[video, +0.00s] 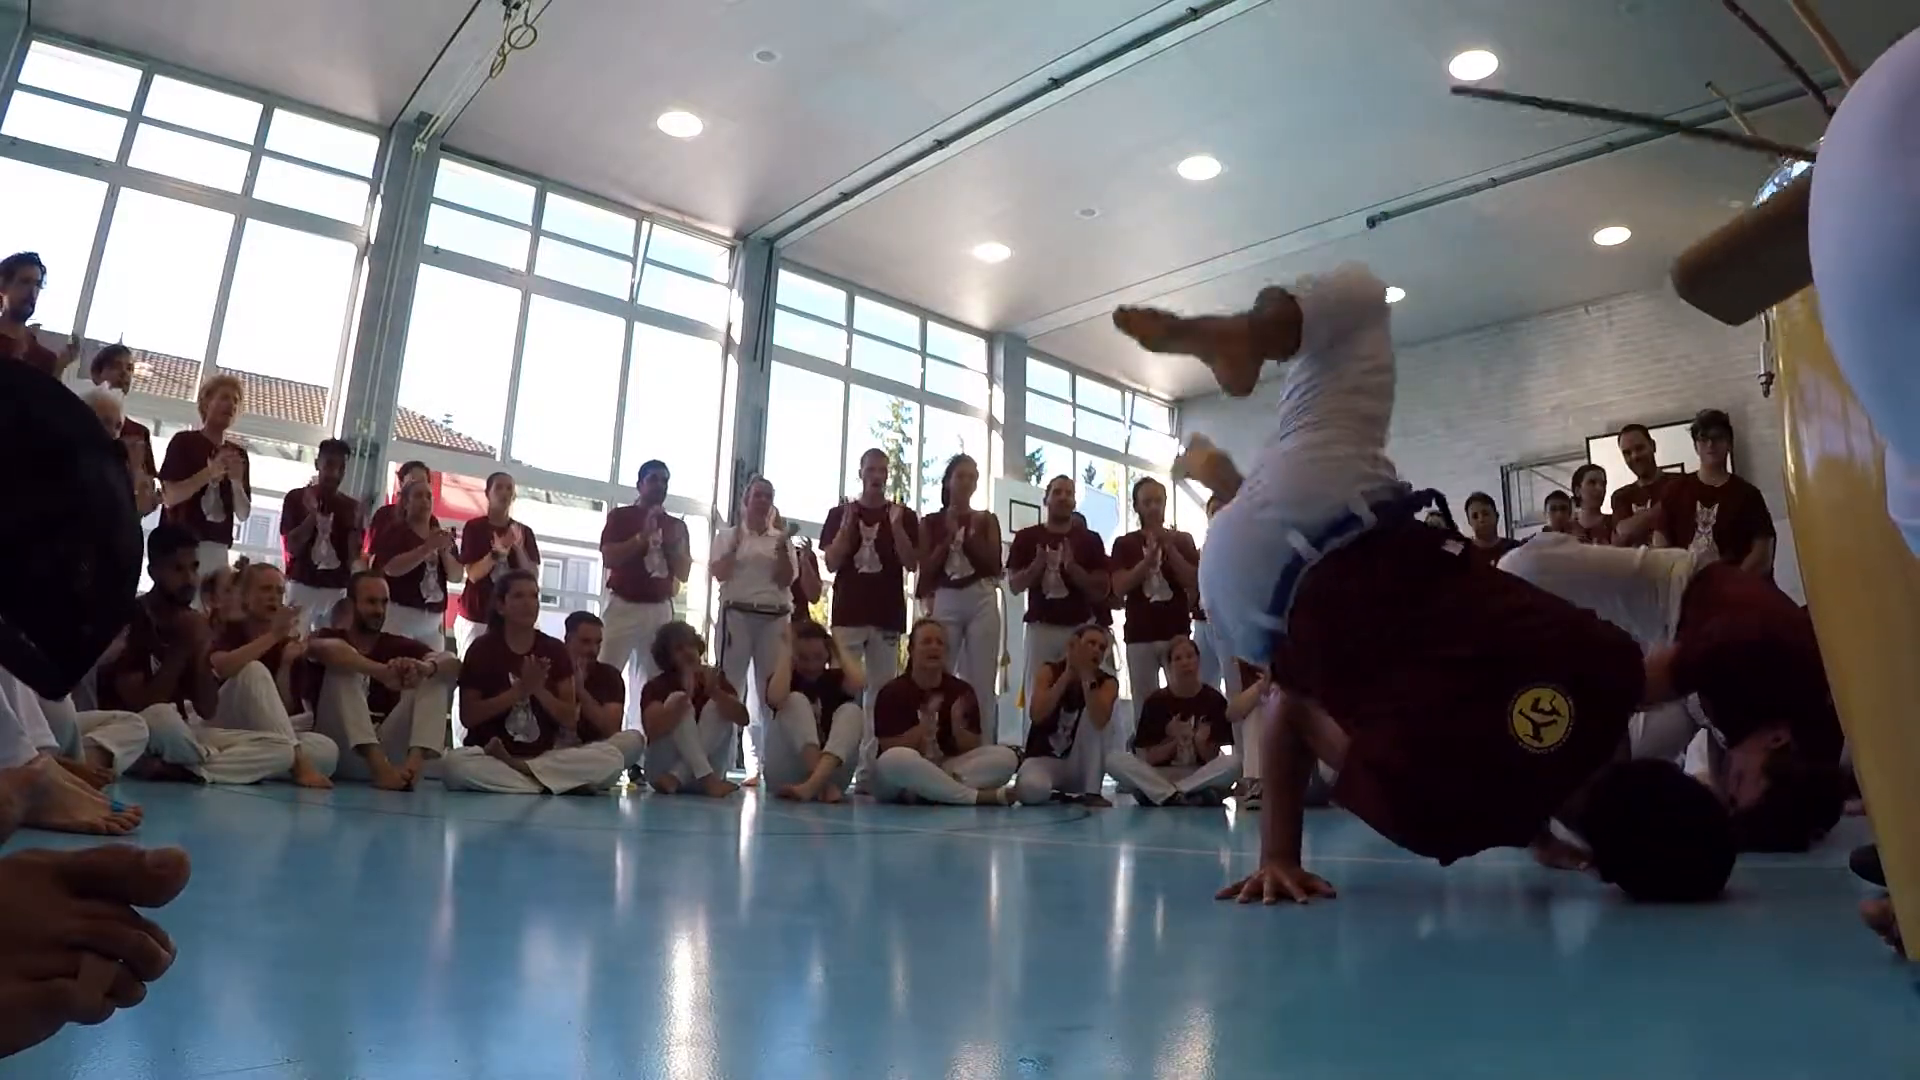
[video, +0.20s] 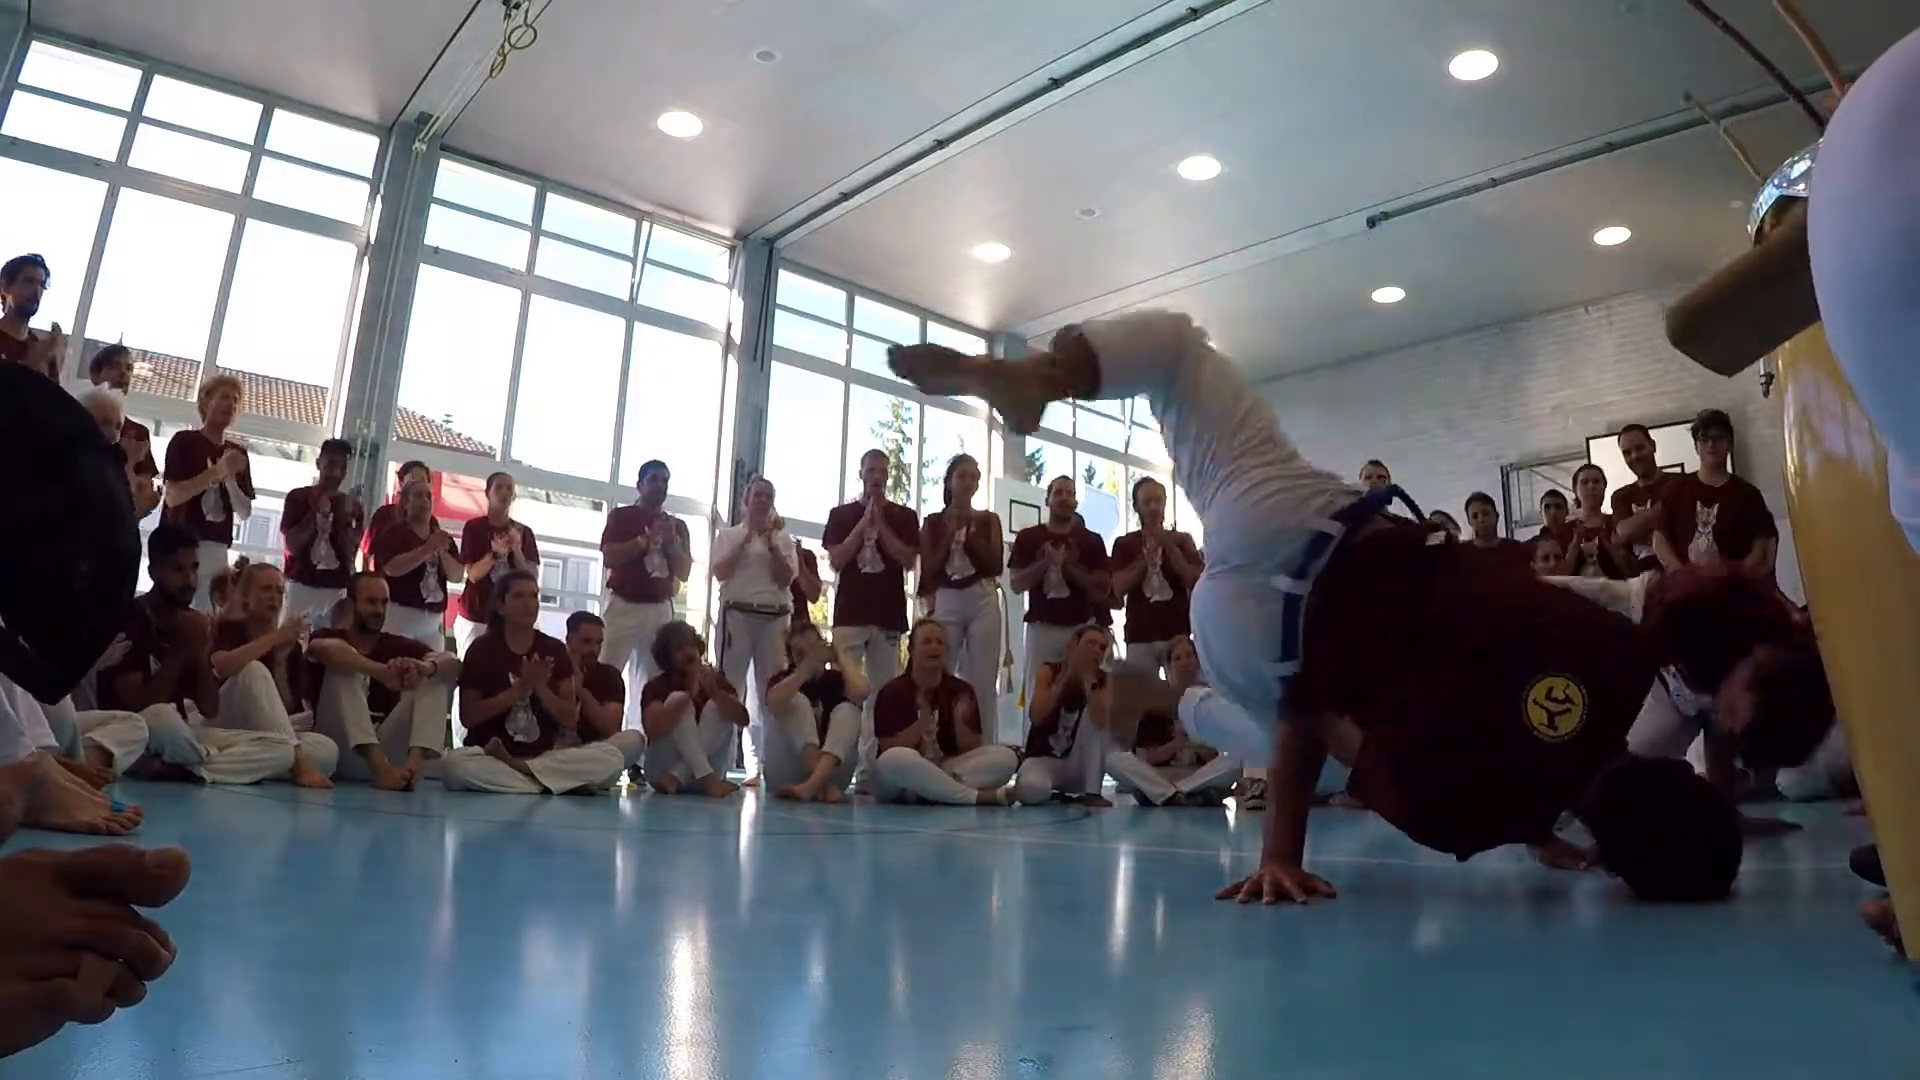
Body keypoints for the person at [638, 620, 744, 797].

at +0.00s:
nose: (688, 652)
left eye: (691, 645)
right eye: (679, 648)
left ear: (699, 647)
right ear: (668, 655)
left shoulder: (714, 678)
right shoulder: (655, 686)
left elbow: (743, 719)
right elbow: (652, 730)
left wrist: (715, 692)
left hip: (710, 770)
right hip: (664, 770)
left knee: (720, 704)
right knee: (678, 701)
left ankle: (677, 775)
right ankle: (707, 777)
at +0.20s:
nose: (689, 652)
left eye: (691, 645)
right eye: (680, 648)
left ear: (699, 647)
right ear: (667, 656)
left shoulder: (715, 678)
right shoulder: (655, 686)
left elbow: (743, 719)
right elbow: (652, 729)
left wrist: (714, 691)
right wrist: (690, 695)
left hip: (710, 770)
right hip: (665, 771)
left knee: (720, 703)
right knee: (679, 700)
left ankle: (677, 775)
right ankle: (707, 776)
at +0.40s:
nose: (688, 652)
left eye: (691, 645)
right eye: (679, 649)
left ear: (699, 648)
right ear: (666, 656)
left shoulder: (717, 681)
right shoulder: (655, 686)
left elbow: (742, 717)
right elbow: (655, 730)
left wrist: (709, 689)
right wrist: (695, 694)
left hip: (709, 770)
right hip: (665, 770)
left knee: (719, 704)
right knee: (678, 699)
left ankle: (677, 775)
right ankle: (707, 776)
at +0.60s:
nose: (688, 667)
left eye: (694, 658)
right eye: (680, 662)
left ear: (703, 655)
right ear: (664, 662)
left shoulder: (717, 683)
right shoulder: (655, 687)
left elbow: (743, 720)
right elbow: (652, 728)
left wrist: (712, 689)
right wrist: (688, 698)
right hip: (664, 772)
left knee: (720, 704)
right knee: (676, 704)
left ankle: (677, 776)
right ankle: (708, 776)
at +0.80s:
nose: (686, 652)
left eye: (689, 645)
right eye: (677, 648)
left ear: (699, 648)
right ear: (666, 655)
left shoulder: (714, 679)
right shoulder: (655, 686)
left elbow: (743, 720)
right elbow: (652, 730)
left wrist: (717, 693)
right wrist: (685, 696)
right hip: (664, 766)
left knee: (717, 706)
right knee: (678, 700)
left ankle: (679, 775)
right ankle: (704, 774)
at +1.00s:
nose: (686, 652)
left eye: (689, 645)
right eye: (677, 648)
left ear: (698, 647)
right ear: (666, 656)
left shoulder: (716, 680)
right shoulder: (655, 686)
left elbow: (742, 719)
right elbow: (652, 729)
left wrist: (712, 688)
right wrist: (688, 701)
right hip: (664, 771)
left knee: (719, 704)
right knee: (678, 699)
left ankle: (678, 776)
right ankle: (708, 776)